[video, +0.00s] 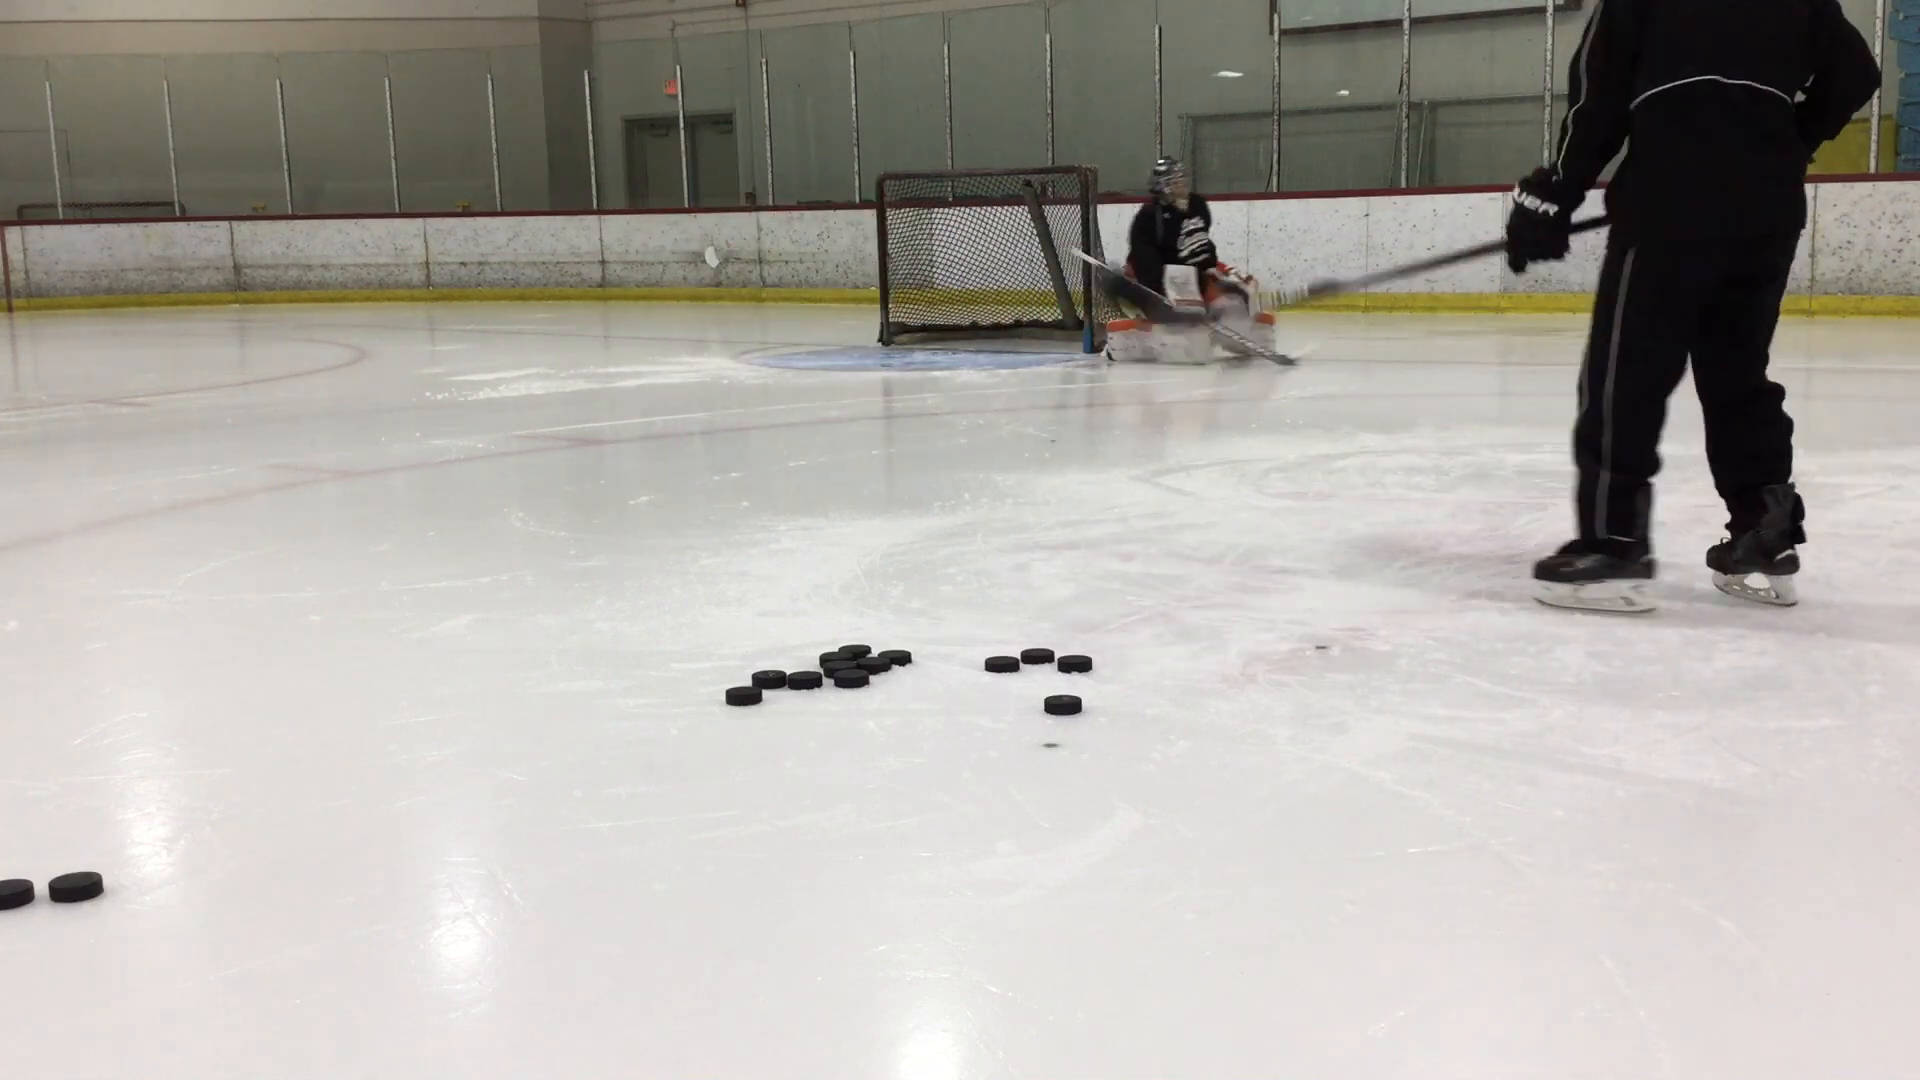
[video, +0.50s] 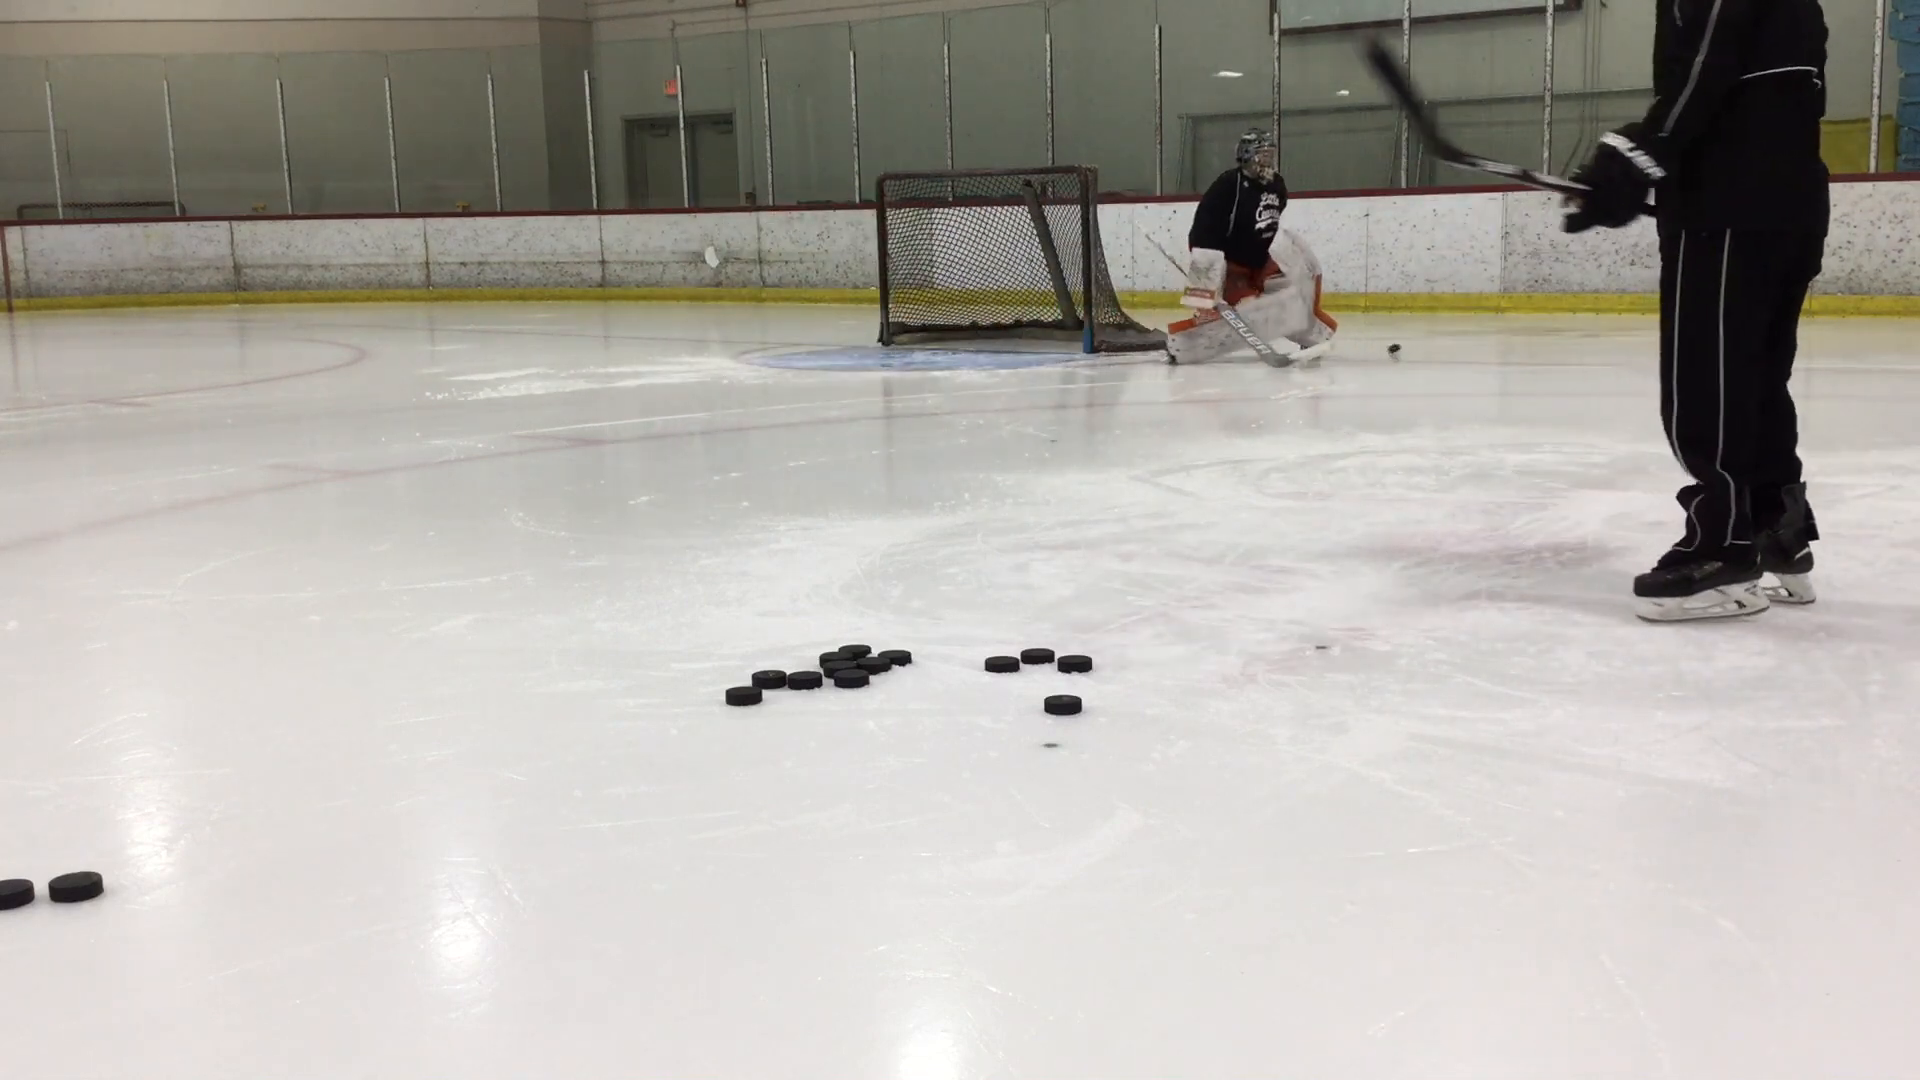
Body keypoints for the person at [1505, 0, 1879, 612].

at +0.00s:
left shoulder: (1632, 6)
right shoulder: (1801, 4)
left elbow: (1604, 89)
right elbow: (1855, 71)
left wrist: (1552, 191)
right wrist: (1787, 143)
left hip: (1667, 193)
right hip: (1768, 197)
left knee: (1623, 371)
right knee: (1737, 373)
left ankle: (1613, 541)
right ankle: (1767, 530)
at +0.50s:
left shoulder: (1713, 2)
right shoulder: (1796, 8)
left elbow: (1702, 70)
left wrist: (1637, 156)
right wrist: (1647, 175)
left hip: (1721, 199)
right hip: (1785, 194)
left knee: (1702, 377)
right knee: (1759, 374)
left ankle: (1722, 548)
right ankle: (1777, 533)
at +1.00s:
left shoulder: (1690, 6)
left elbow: (1666, 126)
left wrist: (1591, 223)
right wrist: (1598, 216)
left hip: (1724, 228)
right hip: (1770, 220)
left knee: (1693, 400)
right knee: (1749, 387)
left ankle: (1719, 568)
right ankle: (1780, 539)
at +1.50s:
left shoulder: (1584, 10)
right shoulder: (1691, 7)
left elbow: (1571, 137)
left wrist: (1524, 261)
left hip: (1659, 223)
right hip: (1752, 208)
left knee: (1632, 396)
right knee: (1722, 386)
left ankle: (1660, 573)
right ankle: (1728, 554)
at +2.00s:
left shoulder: (1565, 12)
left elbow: (1553, 117)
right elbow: (1772, 13)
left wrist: (1555, 228)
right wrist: (1731, 90)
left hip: (1644, 210)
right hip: (1742, 194)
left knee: (1624, 396)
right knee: (1722, 384)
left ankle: (1651, 576)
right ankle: (1743, 556)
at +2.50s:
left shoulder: (1607, 13)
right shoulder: (1753, 1)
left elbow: (1593, 131)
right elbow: (1798, 59)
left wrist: (1581, 239)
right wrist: (1730, 132)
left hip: (1688, 218)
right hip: (1786, 209)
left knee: (1643, 391)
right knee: (1747, 386)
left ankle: (1625, 564)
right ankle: (1749, 547)